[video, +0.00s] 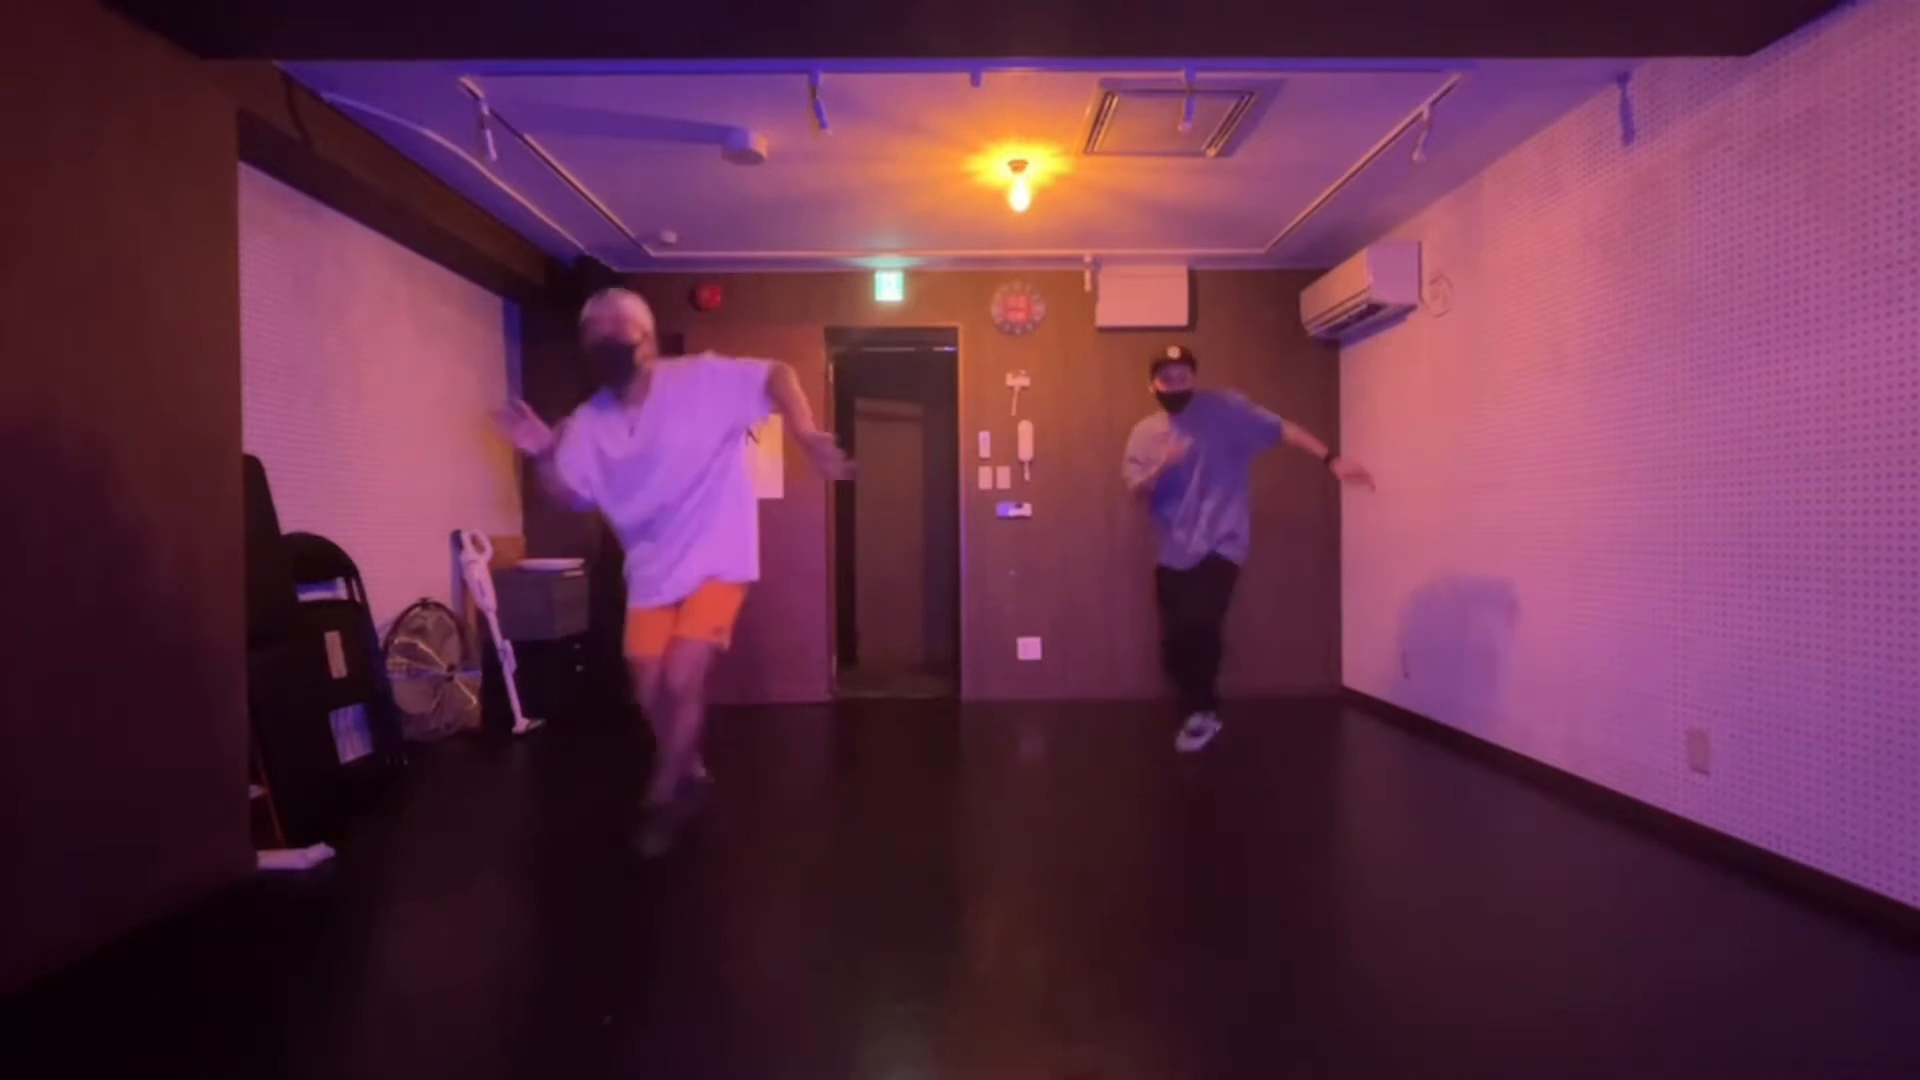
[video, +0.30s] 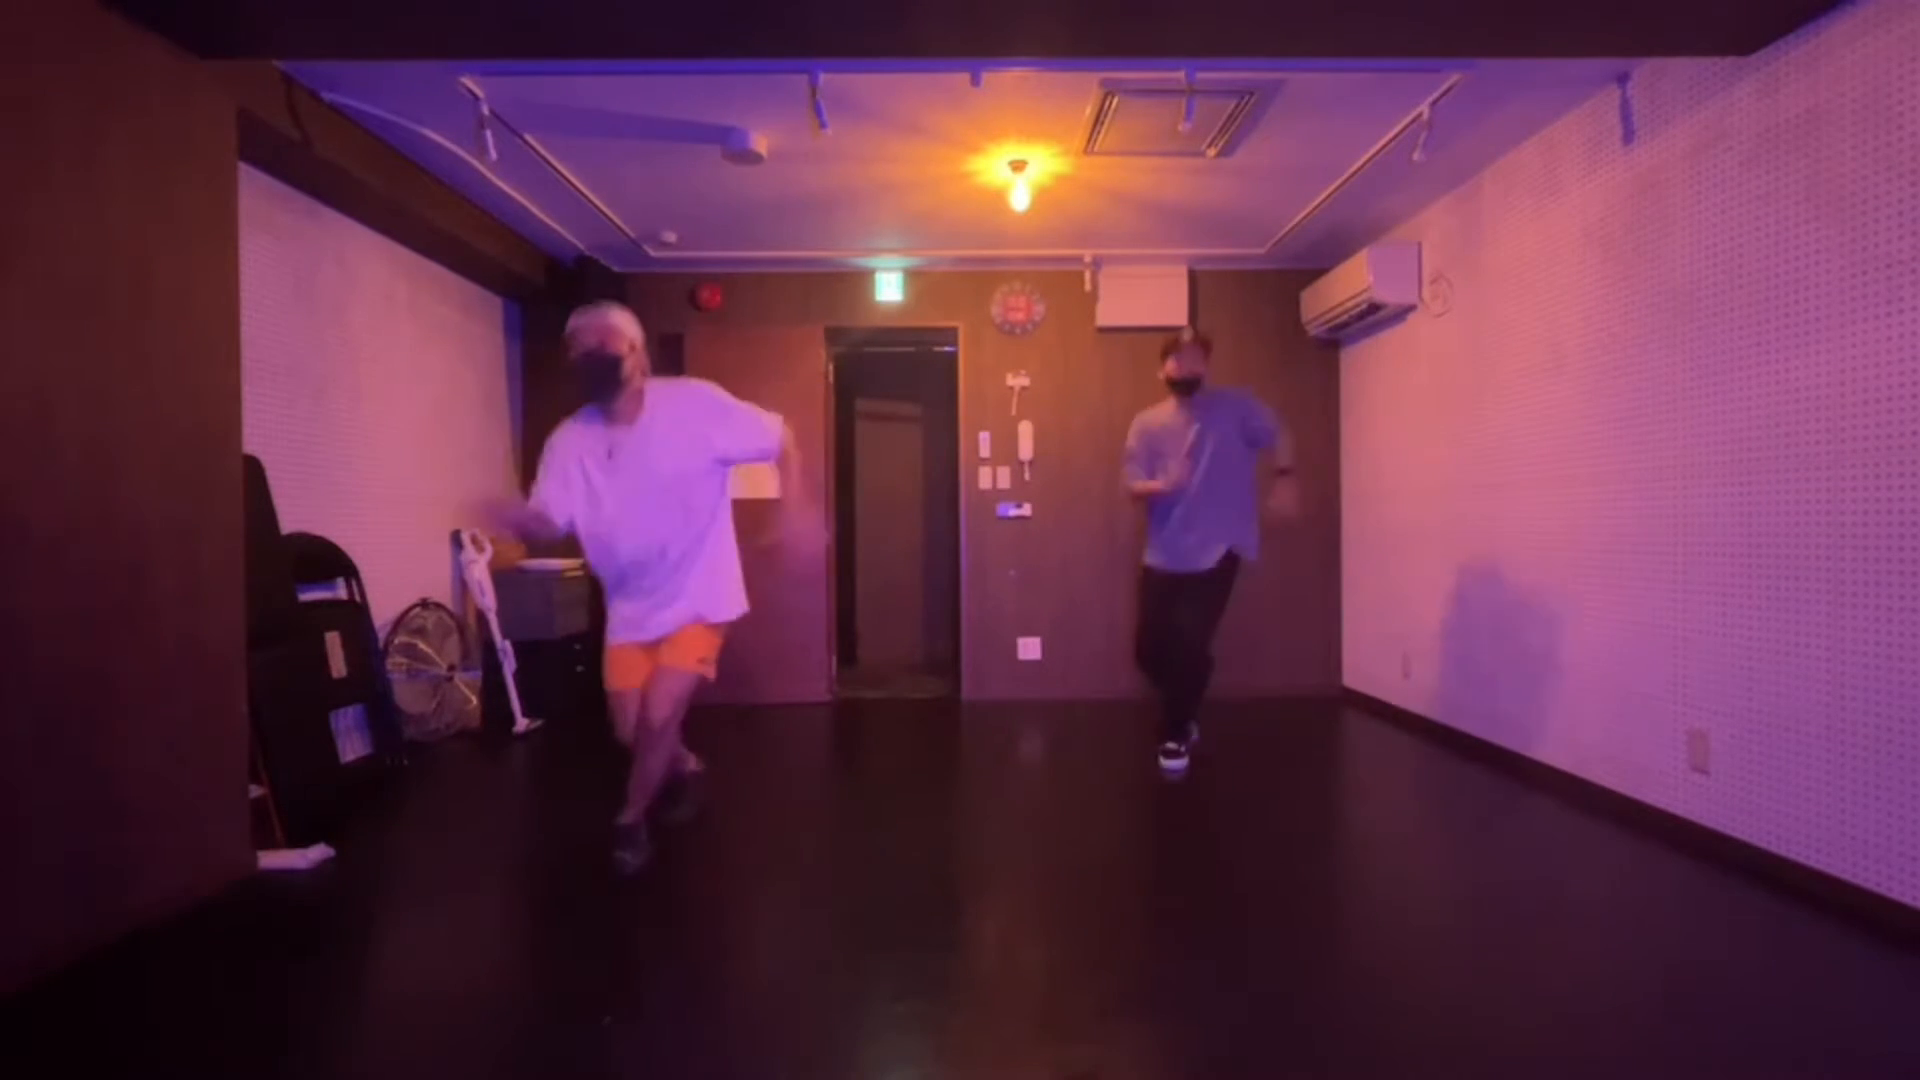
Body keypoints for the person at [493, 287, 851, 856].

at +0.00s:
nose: (613, 345)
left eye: (624, 333)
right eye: (600, 337)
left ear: (649, 339)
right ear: (586, 351)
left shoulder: (701, 377)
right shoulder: (587, 425)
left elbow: (777, 375)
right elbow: (569, 499)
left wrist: (810, 438)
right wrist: (544, 455)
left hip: (720, 551)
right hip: (652, 566)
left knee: (682, 677)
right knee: (649, 689)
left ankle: (658, 805)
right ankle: (693, 779)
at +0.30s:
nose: (601, 363)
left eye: (613, 351)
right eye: (588, 355)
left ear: (640, 356)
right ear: (574, 368)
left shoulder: (694, 404)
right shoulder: (571, 441)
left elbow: (782, 440)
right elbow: (548, 525)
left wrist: (790, 517)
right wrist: (513, 518)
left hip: (700, 593)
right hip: (629, 603)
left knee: (659, 717)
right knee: (629, 728)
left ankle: (632, 823)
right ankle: (687, 767)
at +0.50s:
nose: (647, 316)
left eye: (661, 304)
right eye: (635, 305)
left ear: (688, 318)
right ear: (618, 317)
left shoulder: (725, 393)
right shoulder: (588, 398)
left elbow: (746, 492)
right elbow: (552, 495)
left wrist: (722, 565)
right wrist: (529, 585)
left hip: (695, 579)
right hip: (614, 578)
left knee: (665, 708)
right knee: (613, 700)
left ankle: (632, 820)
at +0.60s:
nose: (664, 303)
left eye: (678, 293)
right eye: (653, 293)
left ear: (704, 309)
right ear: (633, 306)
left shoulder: (735, 388)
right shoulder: (594, 385)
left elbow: (755, 484)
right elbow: (551, 483)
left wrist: (728, 543)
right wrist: (524, 566)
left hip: (696, 567)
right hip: (617, 561)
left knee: (667, 705)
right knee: (635, 680)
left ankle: (633, 822)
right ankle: (606, 764)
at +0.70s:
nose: (689, 309)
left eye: (705, 301)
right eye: (678, 298)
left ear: (727, 321)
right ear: (658, 308)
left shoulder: (752, 395)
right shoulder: (609, 380)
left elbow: (795, 474)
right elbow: (545, 452)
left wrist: (757, 492)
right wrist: (524, 533)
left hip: (699, 571)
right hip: (622, 555)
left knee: (671, 698)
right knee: (665, 678)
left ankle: (624, 819)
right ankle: (658, 841)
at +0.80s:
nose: (706, 329)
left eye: (721, 320)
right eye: (694, 318)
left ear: (743, 337)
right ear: (673, 329)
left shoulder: (764, 415)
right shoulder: (624, 389)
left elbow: (829, 488)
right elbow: (541, 441)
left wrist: (780, 484)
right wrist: (532, 523)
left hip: (704, 595)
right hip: (627, 581)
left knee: (683, 721)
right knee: (674, 705)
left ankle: (611, 824)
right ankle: (717, 861)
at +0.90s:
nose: (716, 336)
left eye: (731, 329)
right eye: (702, 328)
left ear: (753, 352)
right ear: (681, 345)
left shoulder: (777, 430)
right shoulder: (634, 401)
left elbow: (843, 498)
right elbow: (550, 445)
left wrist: (799, 492)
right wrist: (541, 524)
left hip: (717, 607)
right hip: (639, 593)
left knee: (701, 744)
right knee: (697, 711)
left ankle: (611, 820)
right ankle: (732, 866)